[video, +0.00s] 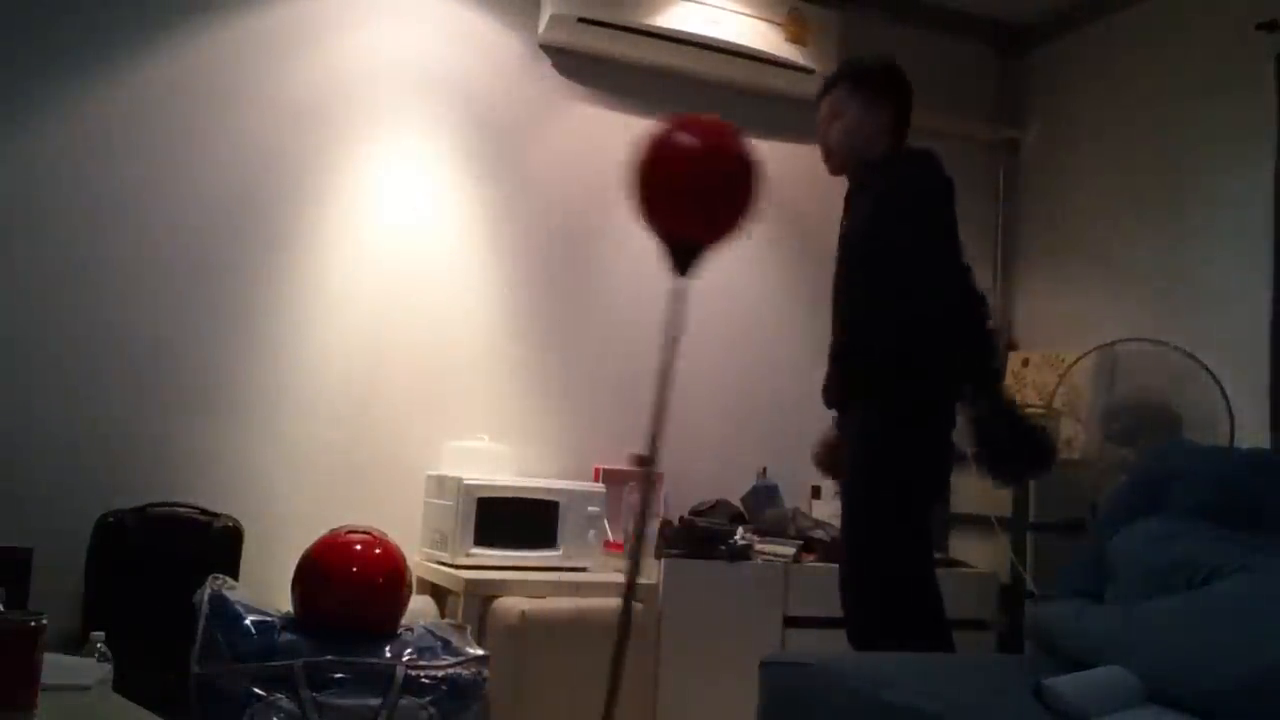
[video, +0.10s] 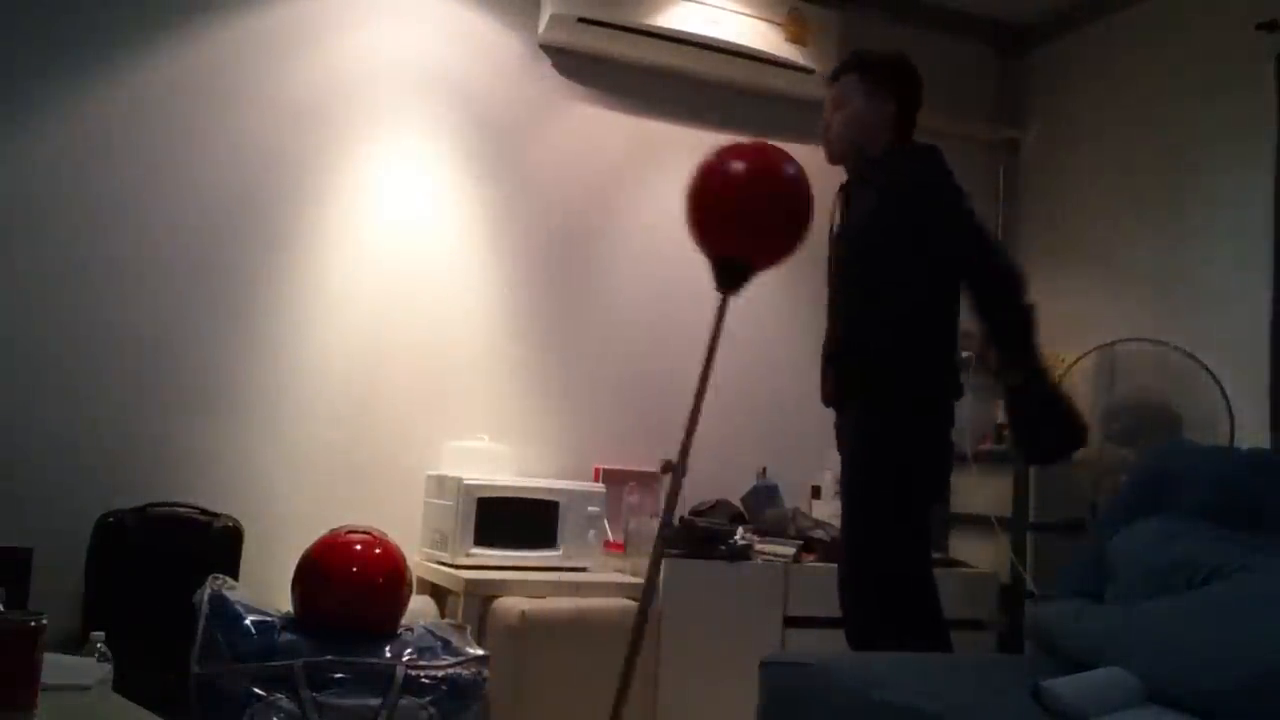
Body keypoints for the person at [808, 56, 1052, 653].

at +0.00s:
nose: (823, 133)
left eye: (834, 116)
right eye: (823, 118)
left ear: (875, 118)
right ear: (863, 121)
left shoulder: (905, 184)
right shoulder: (875, 190)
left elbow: (942, 301)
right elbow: (870, 318)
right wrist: (849, 424)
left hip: (902, 414)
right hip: (885, 413)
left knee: (884, 592)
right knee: (886, 589)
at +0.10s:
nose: (825, 122)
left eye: (838, 107)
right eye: (826, 108)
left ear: (881, 112)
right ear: (868, 115)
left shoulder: (917, 180)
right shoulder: (857, 191)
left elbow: (992, 276)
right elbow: (857, 297)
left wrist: (1022, 384)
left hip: (906, 410)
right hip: (868, 409)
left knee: (885, 580)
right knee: (876, 577)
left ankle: (921, 713)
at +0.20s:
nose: (828, 108)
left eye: (843, 96)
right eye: (831, 95)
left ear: (885, 105)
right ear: (870, 106)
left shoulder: (920, 179)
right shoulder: (855, 183)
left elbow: (1028, 245)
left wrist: (1036, 348)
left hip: (904, 407)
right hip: (861, 404)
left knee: (885, 582)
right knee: (879, 577)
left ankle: (917, 705)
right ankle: (910, 704)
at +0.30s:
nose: (835, 101)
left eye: (852, 88)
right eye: (838, 88)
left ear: (895, 100)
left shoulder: (927, 173)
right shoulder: (855, 175)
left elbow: (1043, 211)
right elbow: (856, 277)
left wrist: (1004, 324)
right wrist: (837, 356)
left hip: (907, 403)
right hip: (858, 401)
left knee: (890, 592)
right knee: (871, 586)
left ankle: (915, 710)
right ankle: (898, 709)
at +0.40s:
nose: (845, 96)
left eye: (862, 83)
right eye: (846, 83)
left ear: (906, 95)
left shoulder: (932, 165)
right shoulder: (855, 171)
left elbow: (1027, 209)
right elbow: (846, 268)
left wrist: (939, 299)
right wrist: (830, 339)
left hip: (911, 399)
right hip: (862, 397)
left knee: (889, 581)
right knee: (857, 575)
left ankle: (912, 703)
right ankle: (898, 701)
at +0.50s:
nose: (856, 96)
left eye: (873, 81)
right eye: (856, 82)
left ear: (917, 94)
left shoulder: (948, 176)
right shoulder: (859, 177)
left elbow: (955, 275)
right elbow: (804, 253)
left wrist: (861, 345)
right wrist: (758, 329)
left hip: (920, 408)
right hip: (866, 406)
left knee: (891, 590)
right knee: (857, 583)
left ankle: (913, 714)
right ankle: (899, 709)